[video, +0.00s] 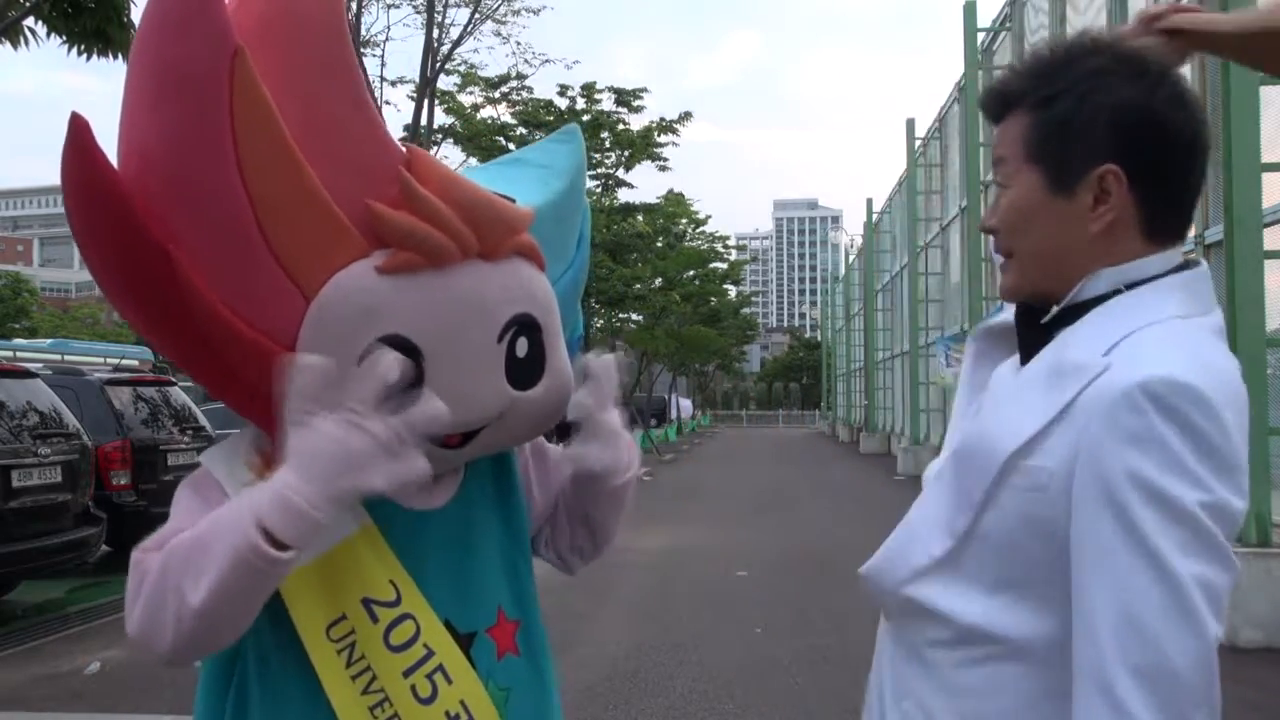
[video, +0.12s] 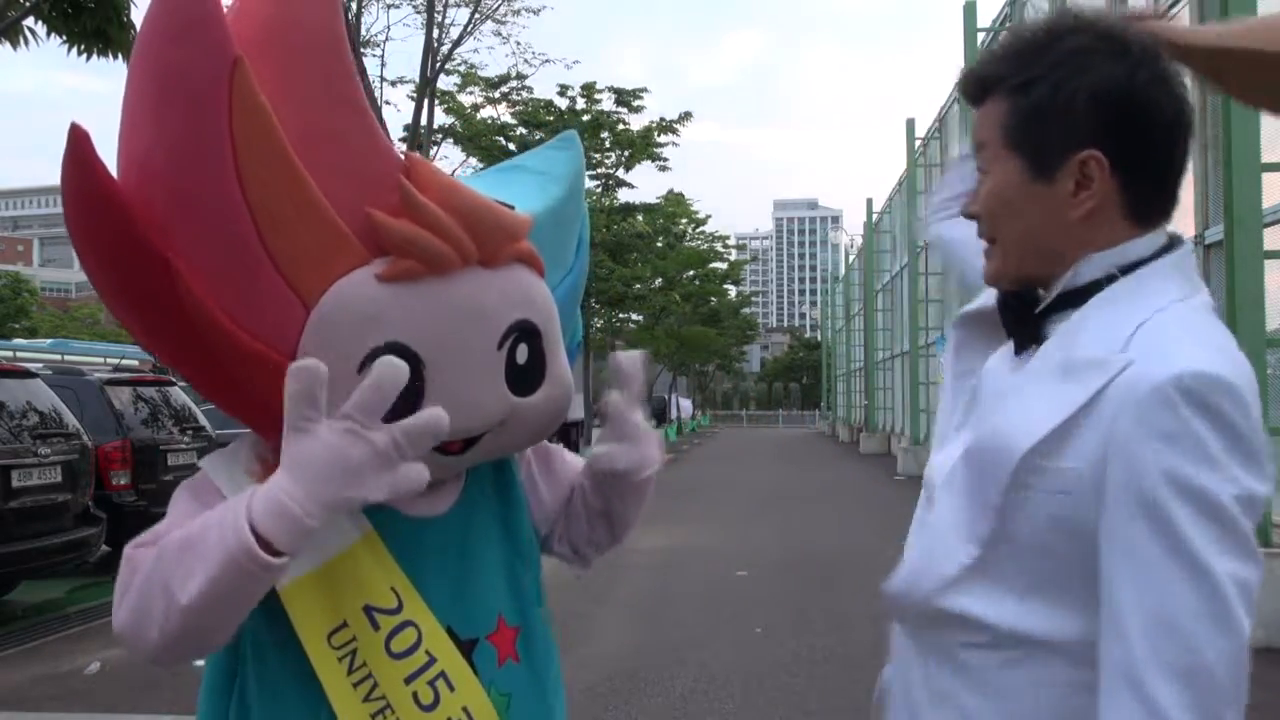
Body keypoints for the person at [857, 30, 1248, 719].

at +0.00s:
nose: (986, 219)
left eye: (1002, 184)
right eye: (992, 187)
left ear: (1102, 198)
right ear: (1099, 200)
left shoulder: (1153, 385)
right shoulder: (1074, 337)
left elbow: (1145, 699)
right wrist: (1118, 71)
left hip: (989, 703)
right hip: (917, 691)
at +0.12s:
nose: (969, 202)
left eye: (987, 166)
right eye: (978, 166)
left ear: (1083, 183)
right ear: (1083, 186)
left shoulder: (1176, 378)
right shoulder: (1045, 313)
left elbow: (1172, 699)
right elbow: (948, 213)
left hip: (1021, 703)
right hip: (921, 688)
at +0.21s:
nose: (948, 196)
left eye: (962, 159)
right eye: (954, 161)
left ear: (1060, 182)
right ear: (1057, 184)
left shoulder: (1202, 387)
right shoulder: (976, 306)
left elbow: (1218, 705)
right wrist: (786, 250)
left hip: (1083, 707)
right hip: (947, 698)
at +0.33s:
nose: (979, 200)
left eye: (997, 165)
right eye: (986, 165)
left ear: (1095, 183)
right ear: (1091, 187)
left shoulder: (1234, 384)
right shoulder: (1004, 316)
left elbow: (1251, 693)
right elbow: (858, 369)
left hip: (1112, 705)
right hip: (967, 691)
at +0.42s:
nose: (1058, 197)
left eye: (1082, 159)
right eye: (1067, 162)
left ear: (1184, 179)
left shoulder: (1256, 382)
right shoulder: (1060, 319)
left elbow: (1247, 694)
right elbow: (919, 365)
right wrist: (750, 326)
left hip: (1087, 705)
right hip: (947, 688)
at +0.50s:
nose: (1093, 206)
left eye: (1120, 167)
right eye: (1103, 169)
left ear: (1232, 193)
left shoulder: (1265, 395)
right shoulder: (1102, 330)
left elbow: (1261, 694)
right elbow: (957, 385)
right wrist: (790, 346)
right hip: (943, 690)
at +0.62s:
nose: (1114, 220)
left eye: (1145, 186)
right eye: (1122, 189)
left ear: (1261, 212)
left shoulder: (1270, 394)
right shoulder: (1114, 338)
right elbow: (976, 448)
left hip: (1149, 703)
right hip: (993, 698)